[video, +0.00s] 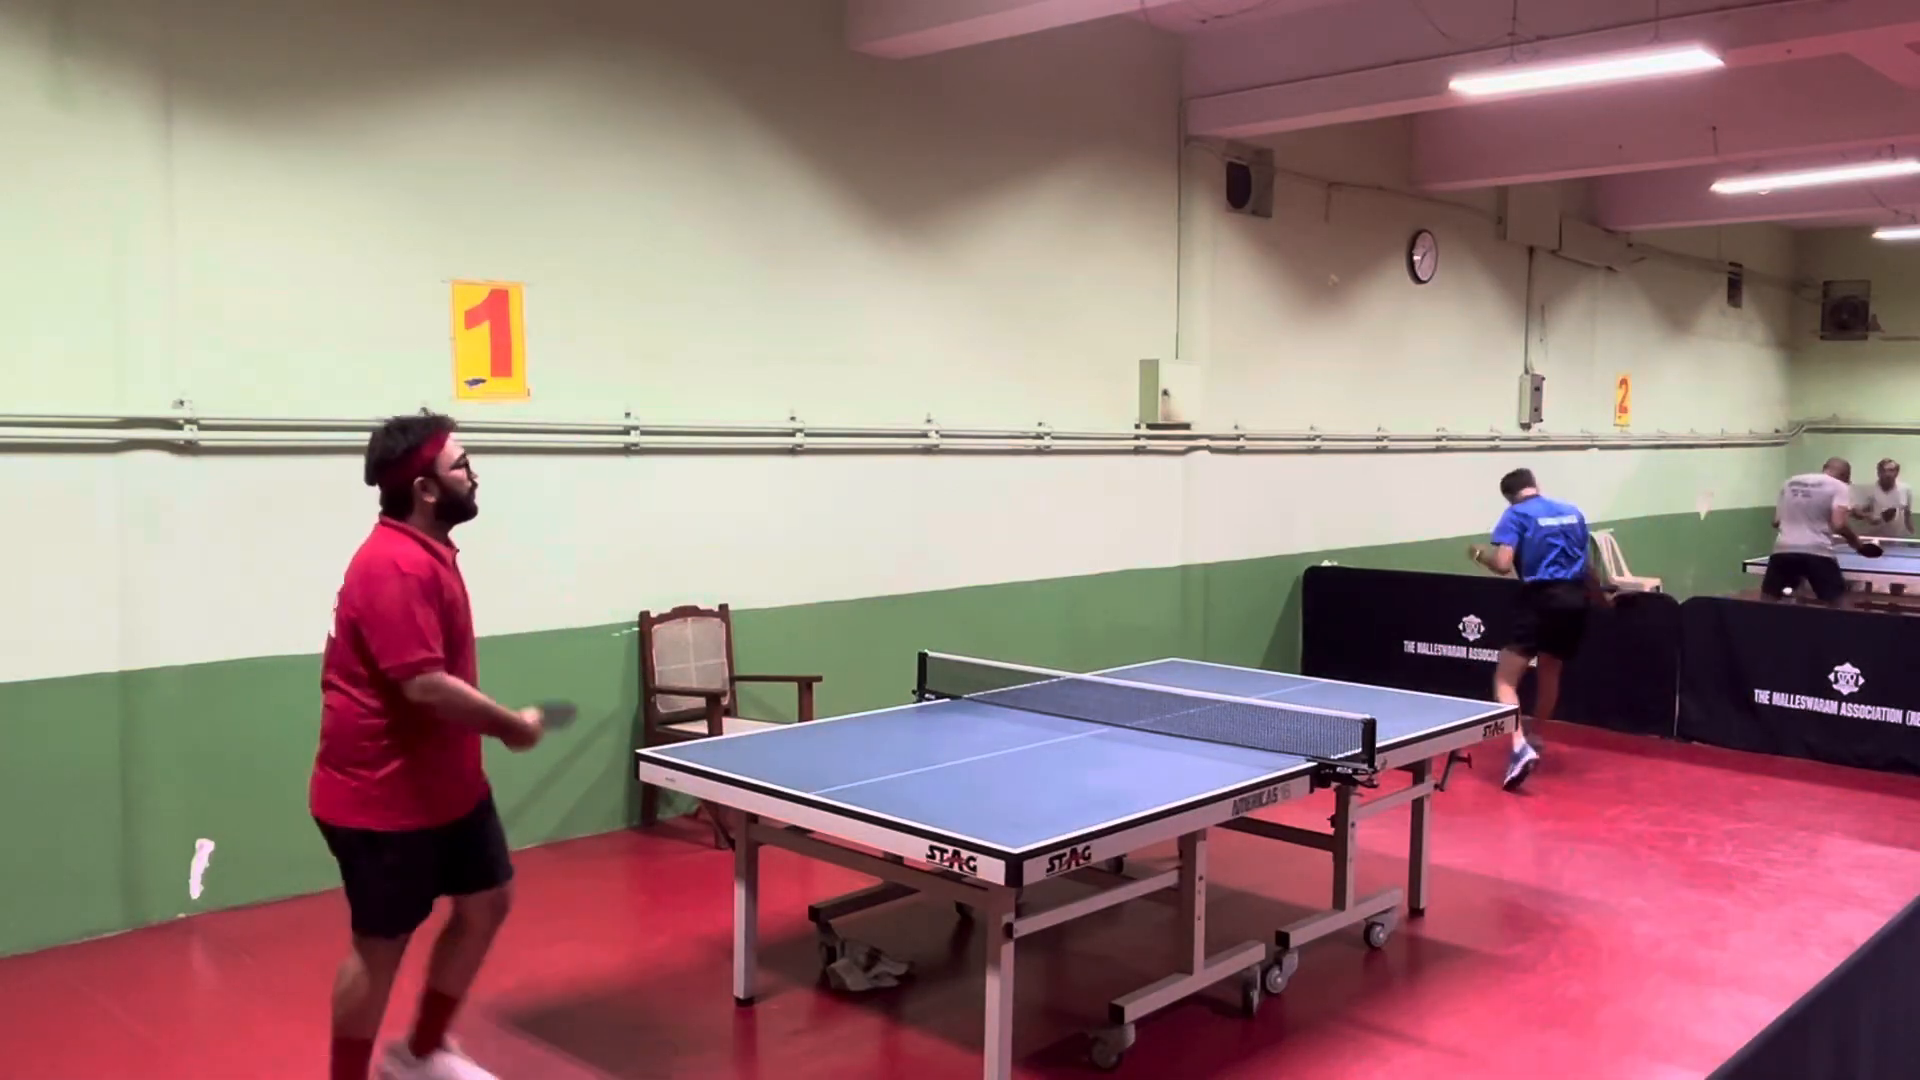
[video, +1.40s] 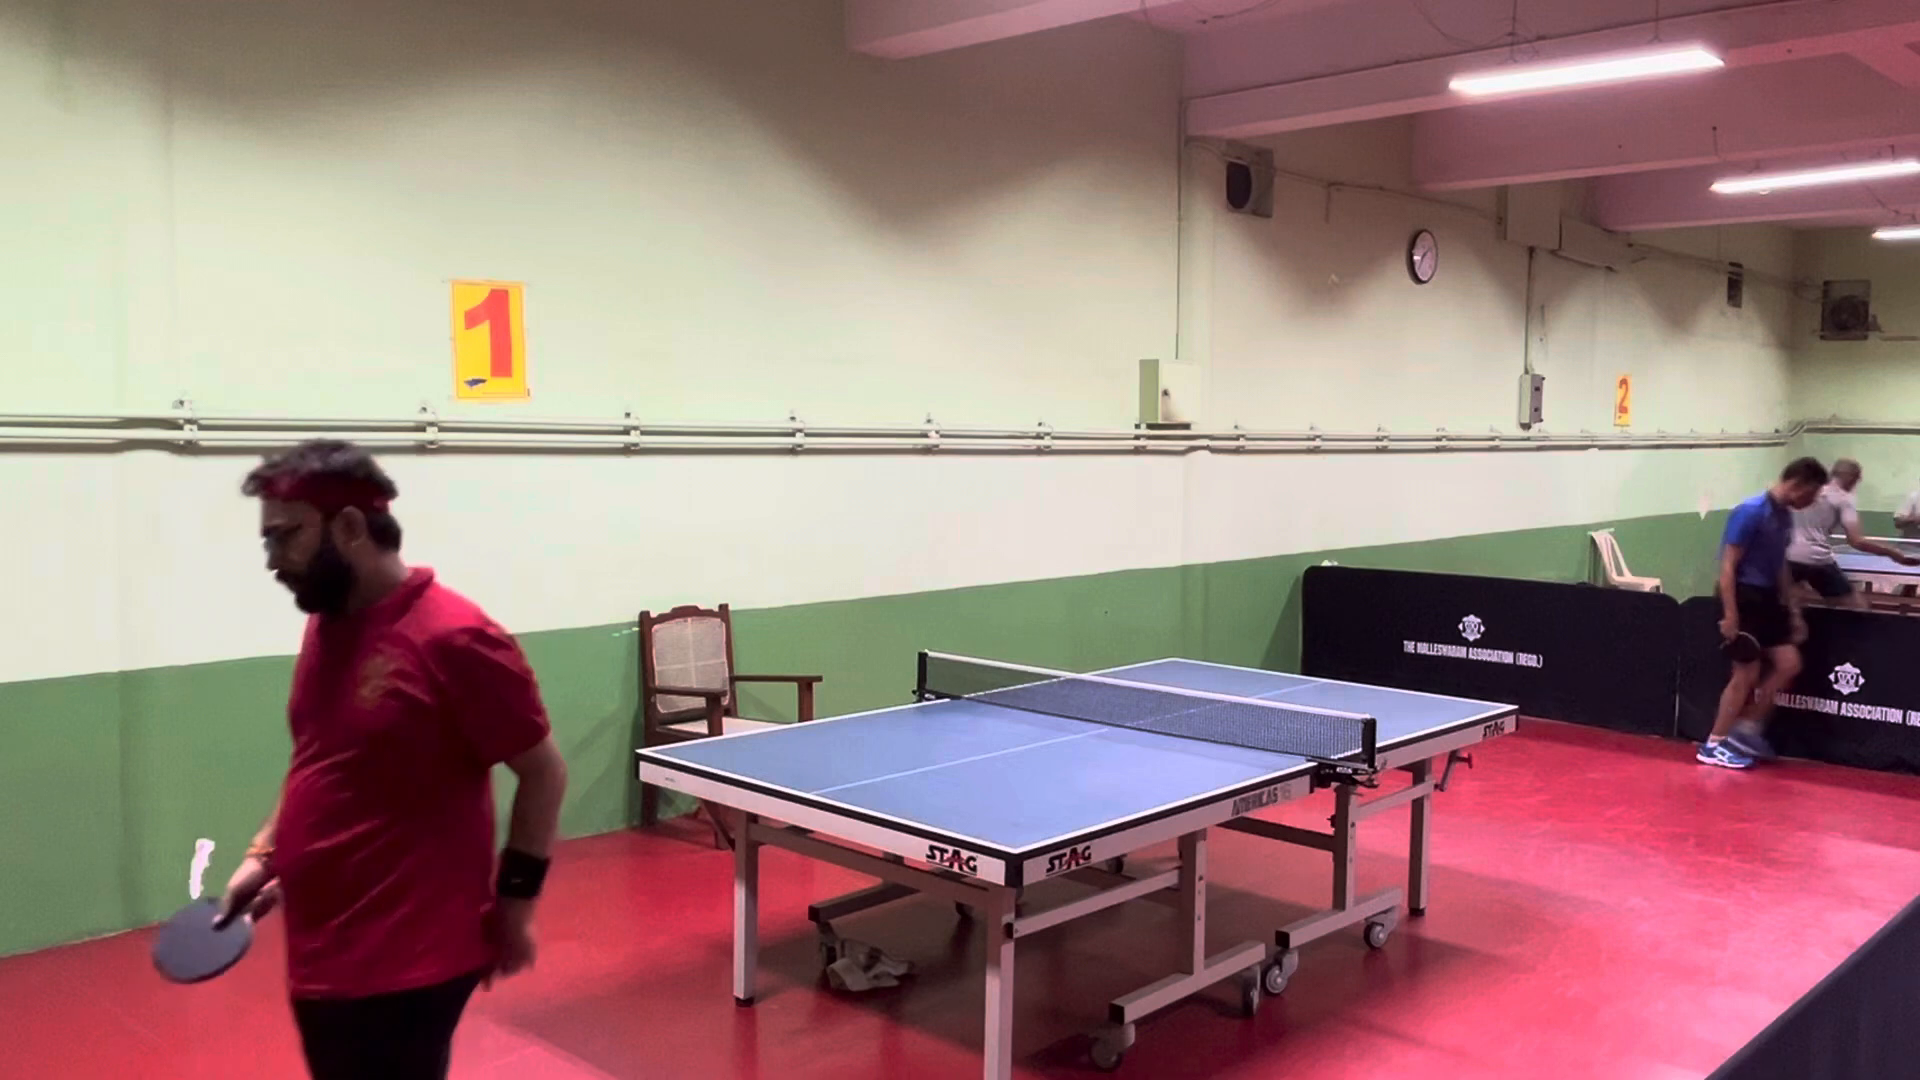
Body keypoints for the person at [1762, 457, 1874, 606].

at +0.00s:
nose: (1847, 483)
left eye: (1847, 480)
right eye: (1847, 480)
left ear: (1824, 468)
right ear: (1845, 477)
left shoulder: (1791, 482)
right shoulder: (1839, 486)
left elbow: (1777, 522)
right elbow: (1839, 525)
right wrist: (1860, 546)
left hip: (1783, 555)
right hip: (1818, 557)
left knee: (1766, 605)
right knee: (1840, 609)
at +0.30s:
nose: (1863, 479)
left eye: (1864, 475)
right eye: (1863, 475)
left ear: (1840, 467)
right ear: (1860, 475)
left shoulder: (1810, 477)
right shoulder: (1857, 499)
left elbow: (1786, 508)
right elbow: (1841, 524)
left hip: (1789, 547)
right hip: (1823, 553)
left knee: (1768, 598)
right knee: (1841, 606)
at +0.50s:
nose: (1871, 477)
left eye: (1872, 474)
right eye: (1872, 474)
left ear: (1848, 467)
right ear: (1868, 475)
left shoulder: (1819, 478)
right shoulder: (1867, 499)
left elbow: (1796, 509)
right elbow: (1853, 535)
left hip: (1797, 549)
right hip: (1832, 555)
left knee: (1775, 599)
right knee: (1847, 608)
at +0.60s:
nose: (1872, 477)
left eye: (1872, 474)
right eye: (1872, 474)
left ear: (1848, 468)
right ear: (1869, 475)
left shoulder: (1820, 480)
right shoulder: (1868, 497)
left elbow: (1799, 511)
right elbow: (1864, 539)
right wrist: (1845, 544)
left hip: (1798, 548)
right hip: (1832, 554)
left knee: (1775, 598)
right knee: (1852, 606)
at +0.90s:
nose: (1850, 477)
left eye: (1850, 473)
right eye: (1849, 473)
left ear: (1827, 469)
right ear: (1846, 473)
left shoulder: (1800, 484)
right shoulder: (1847, 496)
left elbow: (1786, 519)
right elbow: (1856, 537)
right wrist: (1861, 551)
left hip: (1783, 556)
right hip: (1816, 561)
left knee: (1763, 604)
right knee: (1838, 607)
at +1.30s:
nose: (1842, 479)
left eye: (1843, 475)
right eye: (1843, 475)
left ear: (1819, 469)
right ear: (1839, 474)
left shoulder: (1794, 483)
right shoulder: (1836, 493)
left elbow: (1767, 516)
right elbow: (1845, 539)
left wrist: (1783, 526)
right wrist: (1872, 555)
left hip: (1777, 553)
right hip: (1809, 556)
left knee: (1758, 602)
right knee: (1839, 603)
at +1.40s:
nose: (1856, 484)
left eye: (1857, 480)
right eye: (1856, 480)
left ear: (1833, 474)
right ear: (1851, 478)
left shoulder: (1810, 489)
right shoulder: (1843, 498)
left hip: (1789, 557)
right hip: (1817, 560)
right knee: (1854, 608)